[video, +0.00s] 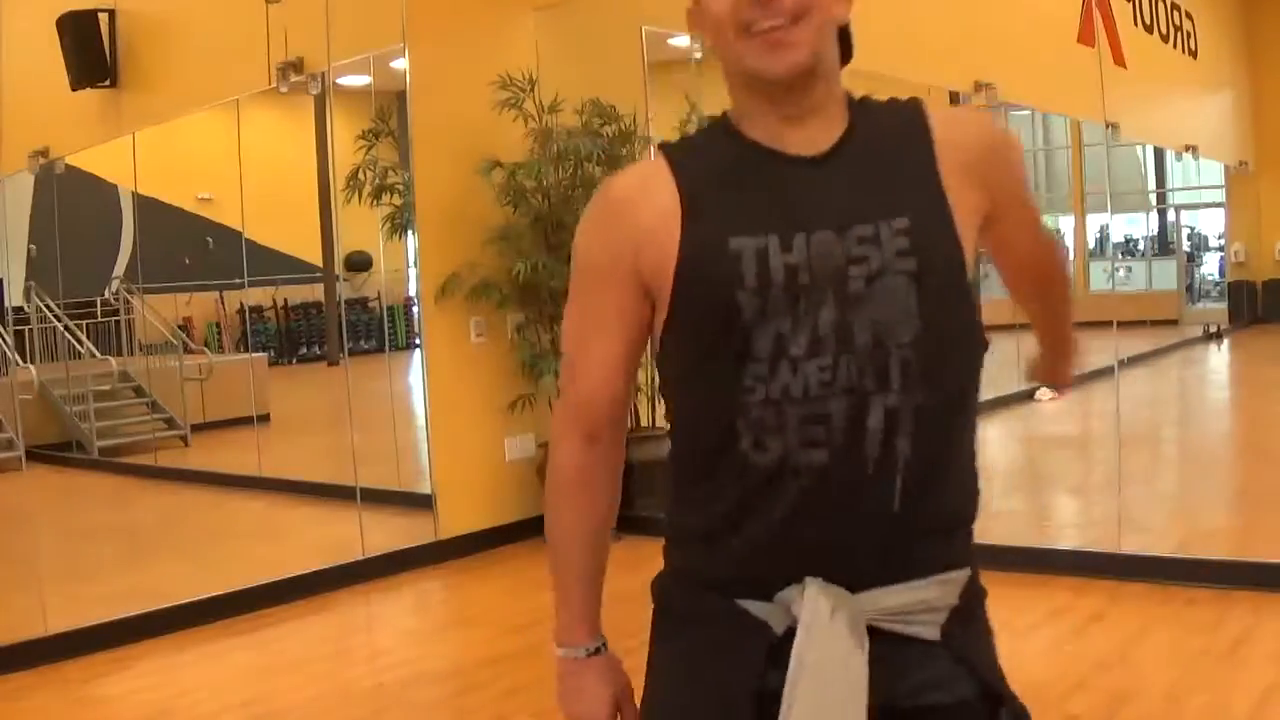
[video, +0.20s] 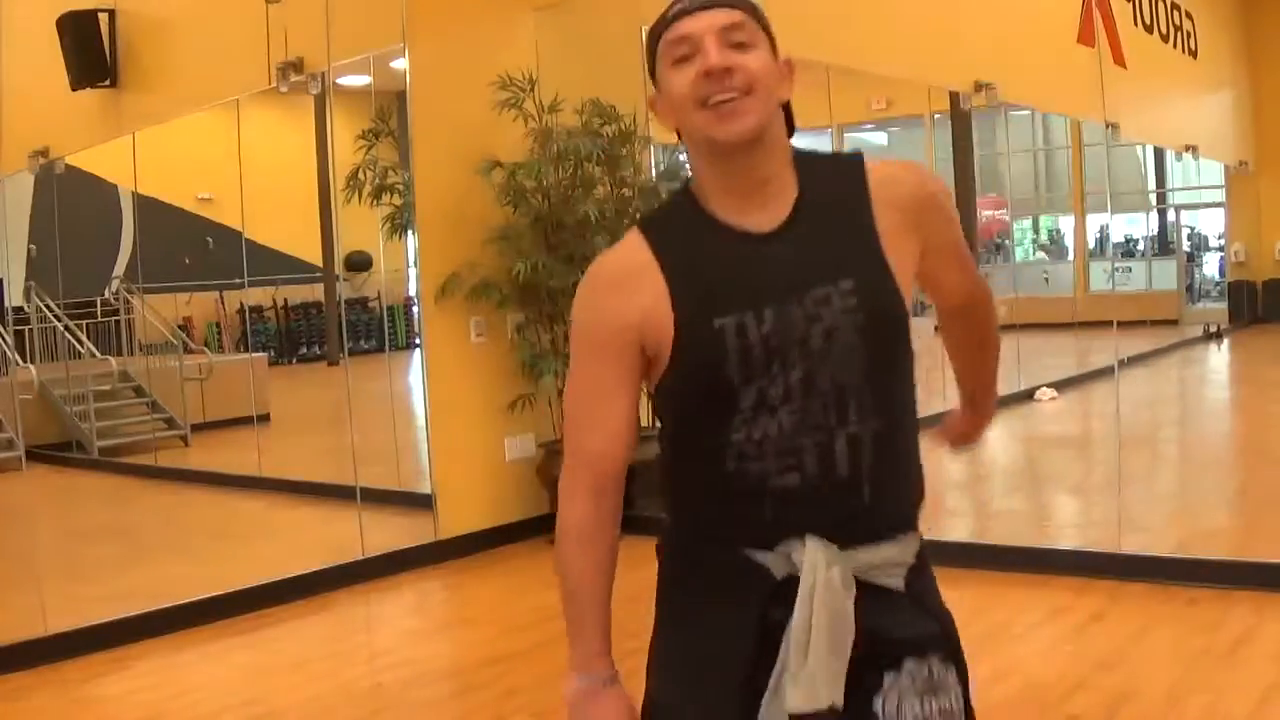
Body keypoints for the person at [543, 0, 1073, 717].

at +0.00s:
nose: (771, 1)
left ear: (842, 1)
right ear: (699, 18)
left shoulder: (966, 152)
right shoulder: (638, 207)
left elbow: (1042, 278)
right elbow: (588, 432)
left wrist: (1058, 360)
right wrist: (579, 644)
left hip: (926, 632)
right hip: (725, 642)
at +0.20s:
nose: (715, 63)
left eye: (739, 41)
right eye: (683, 56)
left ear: (784, 74)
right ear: (660, 109)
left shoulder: (902, 201)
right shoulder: (626, 280)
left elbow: (965, 305)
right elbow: (591, 485)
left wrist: (976, 409)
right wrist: (591, 674)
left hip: (889, 602)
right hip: (723, 620)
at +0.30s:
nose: (715, 12)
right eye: (684, 5)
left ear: (775, 25)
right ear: (656, 52)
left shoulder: (880, 156)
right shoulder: (626, 212)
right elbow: (592, 401)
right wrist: (604, 579)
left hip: (878, 527)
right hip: (722, 547)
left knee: (916, 705)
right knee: (716, 706)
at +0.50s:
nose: (734, 58)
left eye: (755, 48)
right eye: (713, 52)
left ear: (790, 85)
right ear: (691, 94)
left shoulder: (866, 191)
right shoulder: (643, 222)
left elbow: (933, 306)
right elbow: (600, 380)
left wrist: (888, 397)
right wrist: (594, 528)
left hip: (854, 508)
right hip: (727, 524)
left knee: (881, 703)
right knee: (739, 704)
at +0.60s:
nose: (755, 91)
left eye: (775, 82)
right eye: (735, 85)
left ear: (806, 115)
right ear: (713, 124)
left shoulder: (872, 218)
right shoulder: (660, 243)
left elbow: (902, 300)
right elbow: (615, 379)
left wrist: (822, 318)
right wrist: (602, 508)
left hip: (843, 517)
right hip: (726, 525)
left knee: (843, 699)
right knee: (736, 704)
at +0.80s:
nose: (780, 103)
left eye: (798, 94)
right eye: (763, 96)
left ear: (826, 124)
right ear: (742, 129)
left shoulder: (876, 224)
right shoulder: (688, 230)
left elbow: (882, 348)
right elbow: (643, 339)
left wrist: (772, 419)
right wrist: (636, 444)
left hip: (833, 475)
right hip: (729, 476)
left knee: (823, 660)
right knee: (729, 672)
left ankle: (812, 717)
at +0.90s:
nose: (774, 90)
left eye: (791, 82)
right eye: (757, 83)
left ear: (817, 111)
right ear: (738, 116)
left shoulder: (863, 212)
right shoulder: (692, 212)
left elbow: (874, 351)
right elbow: (651, 325)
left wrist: (851, 469)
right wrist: (637, 433)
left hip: (826, 449)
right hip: (725, 448)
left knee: (818, 625)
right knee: (719, 627)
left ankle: (809, 716)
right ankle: (719, 718)